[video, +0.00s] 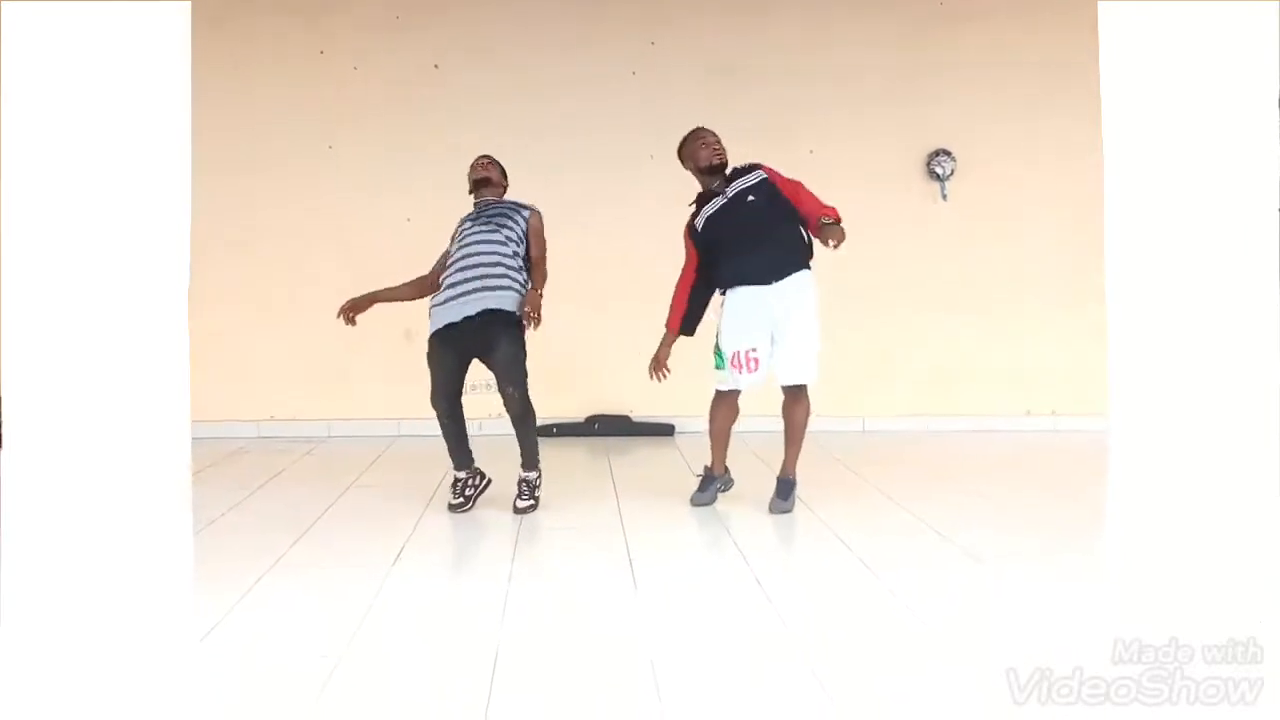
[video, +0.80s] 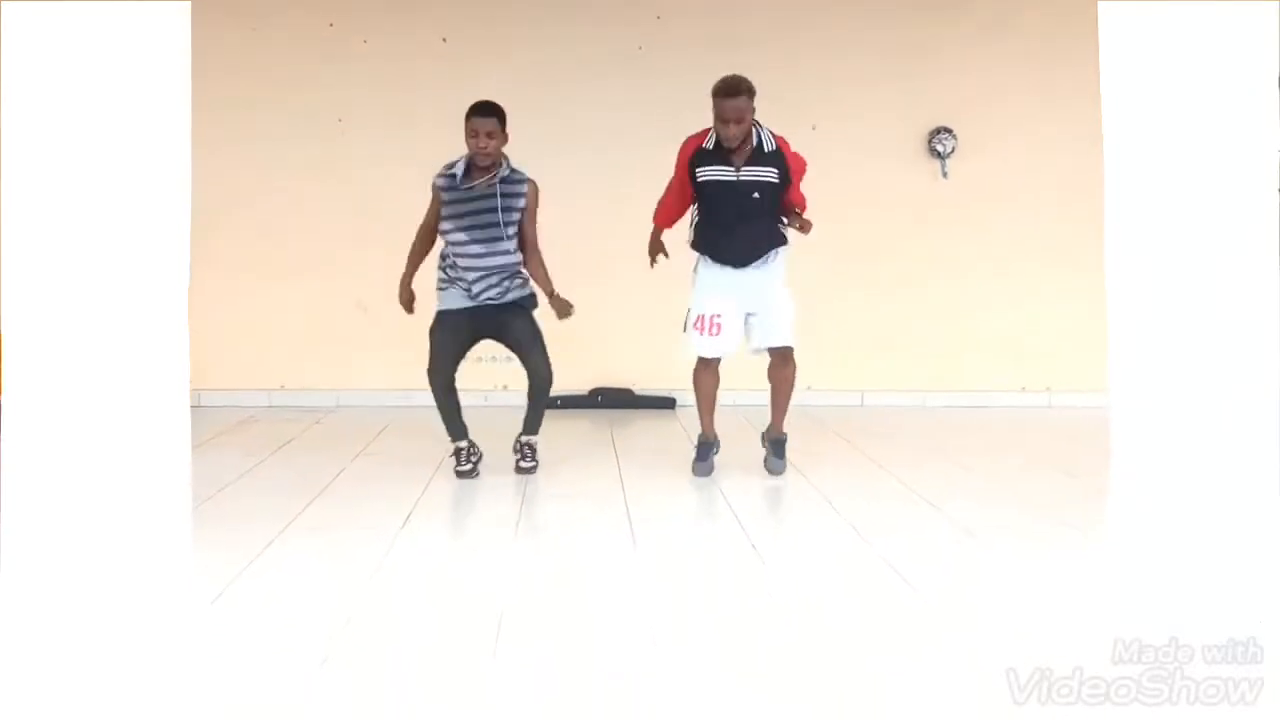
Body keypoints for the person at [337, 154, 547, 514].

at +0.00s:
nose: (481, 164)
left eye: (489, 163)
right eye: (475, 165)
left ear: (505, 182)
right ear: (469, 188)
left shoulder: (524, 212)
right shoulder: (463, 227)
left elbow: (537, 258)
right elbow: (431, 281)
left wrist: (536, 291)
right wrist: (372, 297)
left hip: (499, 311)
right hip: (449, 317)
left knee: (514, 392)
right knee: (443, 398)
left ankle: (530, 470)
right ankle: (467, 474)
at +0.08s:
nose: (456, 162)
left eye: (462, 158)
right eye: (449, 163)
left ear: (479, 173)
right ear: (446, 186)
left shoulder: (510, 196)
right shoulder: (450, 227)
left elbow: (538, 231)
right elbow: (421, 287)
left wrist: (547, 251)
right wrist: (366, 310)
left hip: (519, 297)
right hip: (468, 310)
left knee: (531, 386)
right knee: (461, 392)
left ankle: (533, 467)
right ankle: (469, 469)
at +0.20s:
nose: (442, 155)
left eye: (447, 152)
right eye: (434, 158)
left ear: (466, 163)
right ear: (436, 184)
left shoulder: (502, 181)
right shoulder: (450, 227)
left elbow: (543, 208)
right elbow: (427, 290)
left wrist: (559, 223)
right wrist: (383, 315)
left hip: (541, 289)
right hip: (494, 304)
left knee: (548, 383)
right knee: (484, 388)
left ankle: (541, 463)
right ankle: (481, 465)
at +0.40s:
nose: (424, 133)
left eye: (431, 125)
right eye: (416, 134)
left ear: (452, 133)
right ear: (417, 153)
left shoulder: (481, 143)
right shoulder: (439, 199)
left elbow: (542, 154)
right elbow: (445, 260)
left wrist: (549, 183)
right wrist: (438, 295)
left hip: (548, 265)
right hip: (504, 279)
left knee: (550, 359)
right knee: (489, 361)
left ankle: (540, 445)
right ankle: (486, 447)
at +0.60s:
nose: (451, 140)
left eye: (458, 131)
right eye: (443, 134)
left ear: (477, 128)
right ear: (436, 136)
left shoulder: (504, 151)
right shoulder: (436, 170)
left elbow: (566, 161)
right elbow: (430, 220)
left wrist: (541, 220)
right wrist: (454, 268)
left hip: (519, 273)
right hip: (472, 277)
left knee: (528, 349)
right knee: (464, 349)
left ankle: (530, 436)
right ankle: (478, 436)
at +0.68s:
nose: (467, 147)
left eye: (475, 138)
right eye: (459, 139)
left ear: (491, 135)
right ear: (450, 139)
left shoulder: (515, 169)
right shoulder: (438, 171)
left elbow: (570, 196)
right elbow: (429, 215)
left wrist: (543, 248)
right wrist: (434, 268)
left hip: (512, 281)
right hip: (462, 284)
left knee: (529, 348)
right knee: (445, 351)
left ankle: (528, 432)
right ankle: (464, 435)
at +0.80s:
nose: (481, 142)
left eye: (490, 135)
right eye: (474, 134)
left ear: (504, 137)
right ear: (465, 136)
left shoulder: (523, 187)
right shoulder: (446, 182)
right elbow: (428, 233)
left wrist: (552, 294)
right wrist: (406, 279)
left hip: (510, 302)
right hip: (458, 302)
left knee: (542, 376)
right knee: (439, 376)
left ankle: (527, 440)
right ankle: (462, 445)